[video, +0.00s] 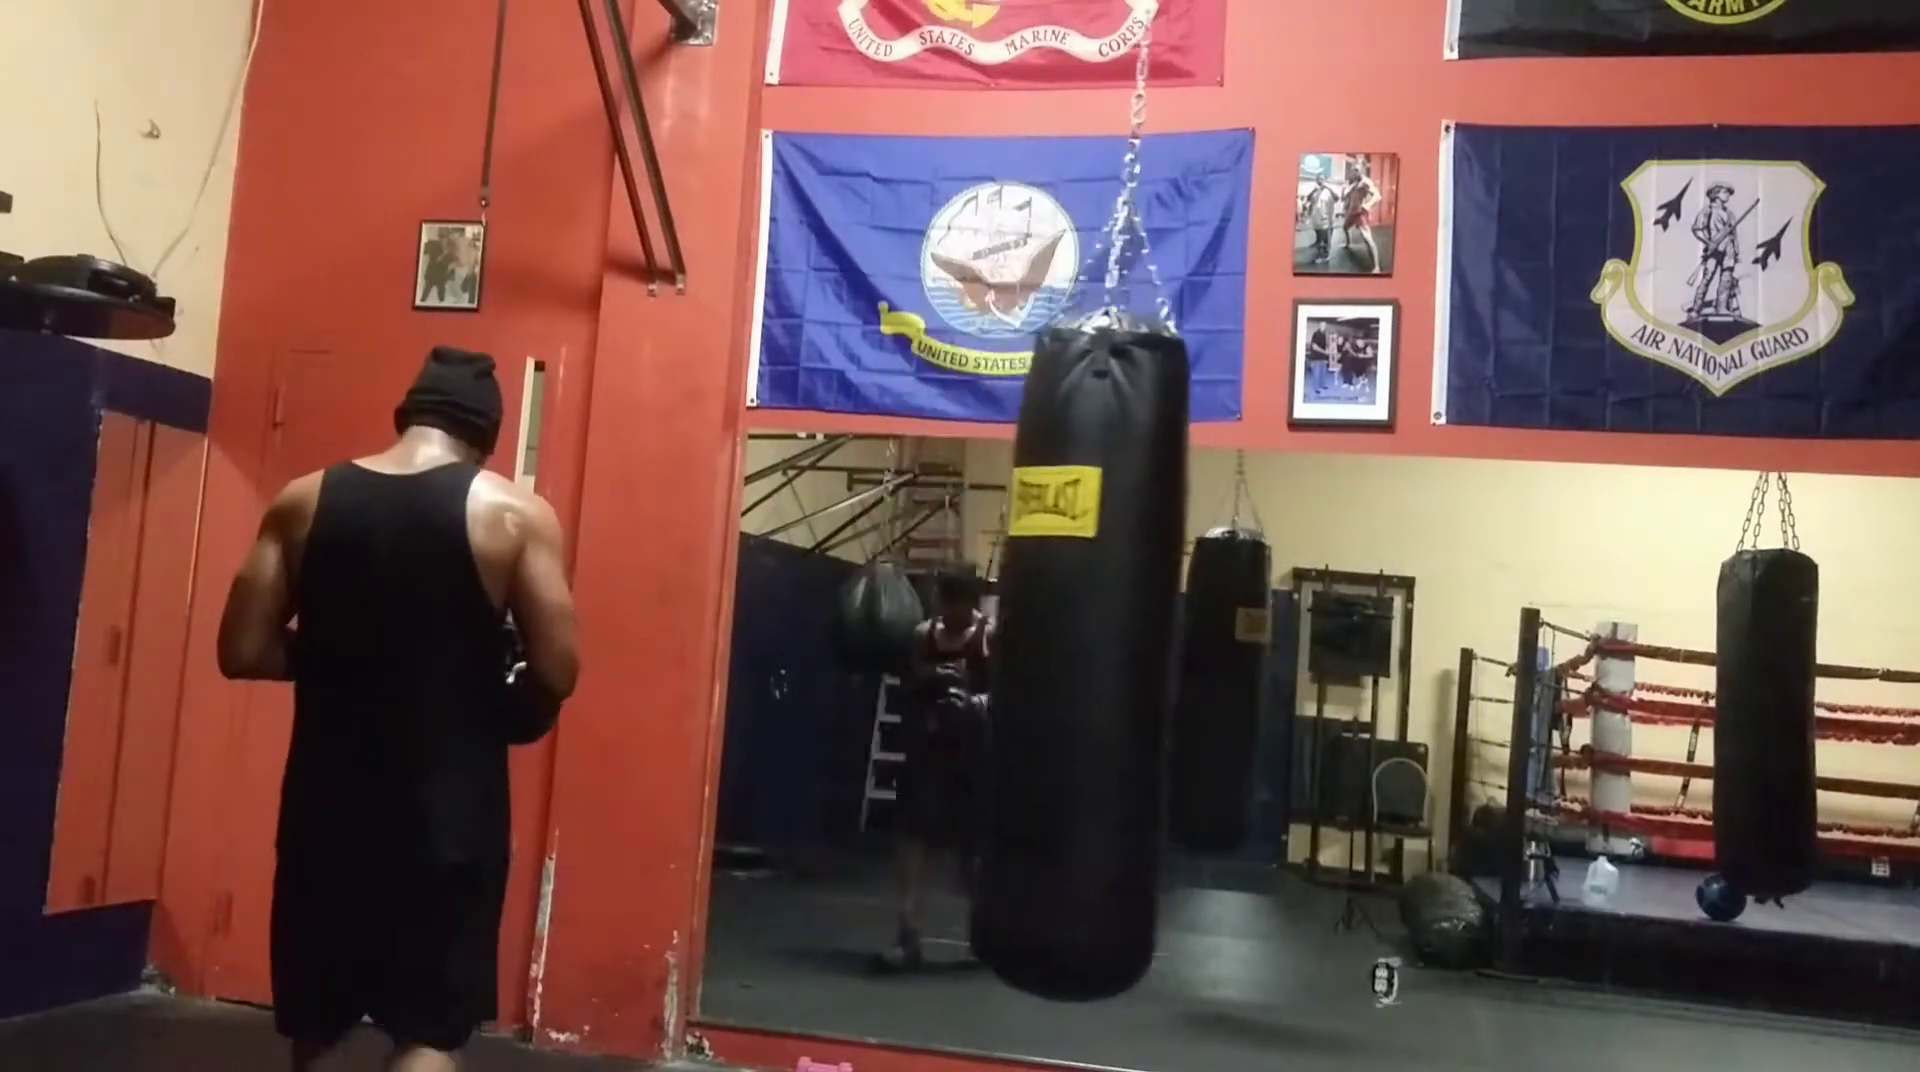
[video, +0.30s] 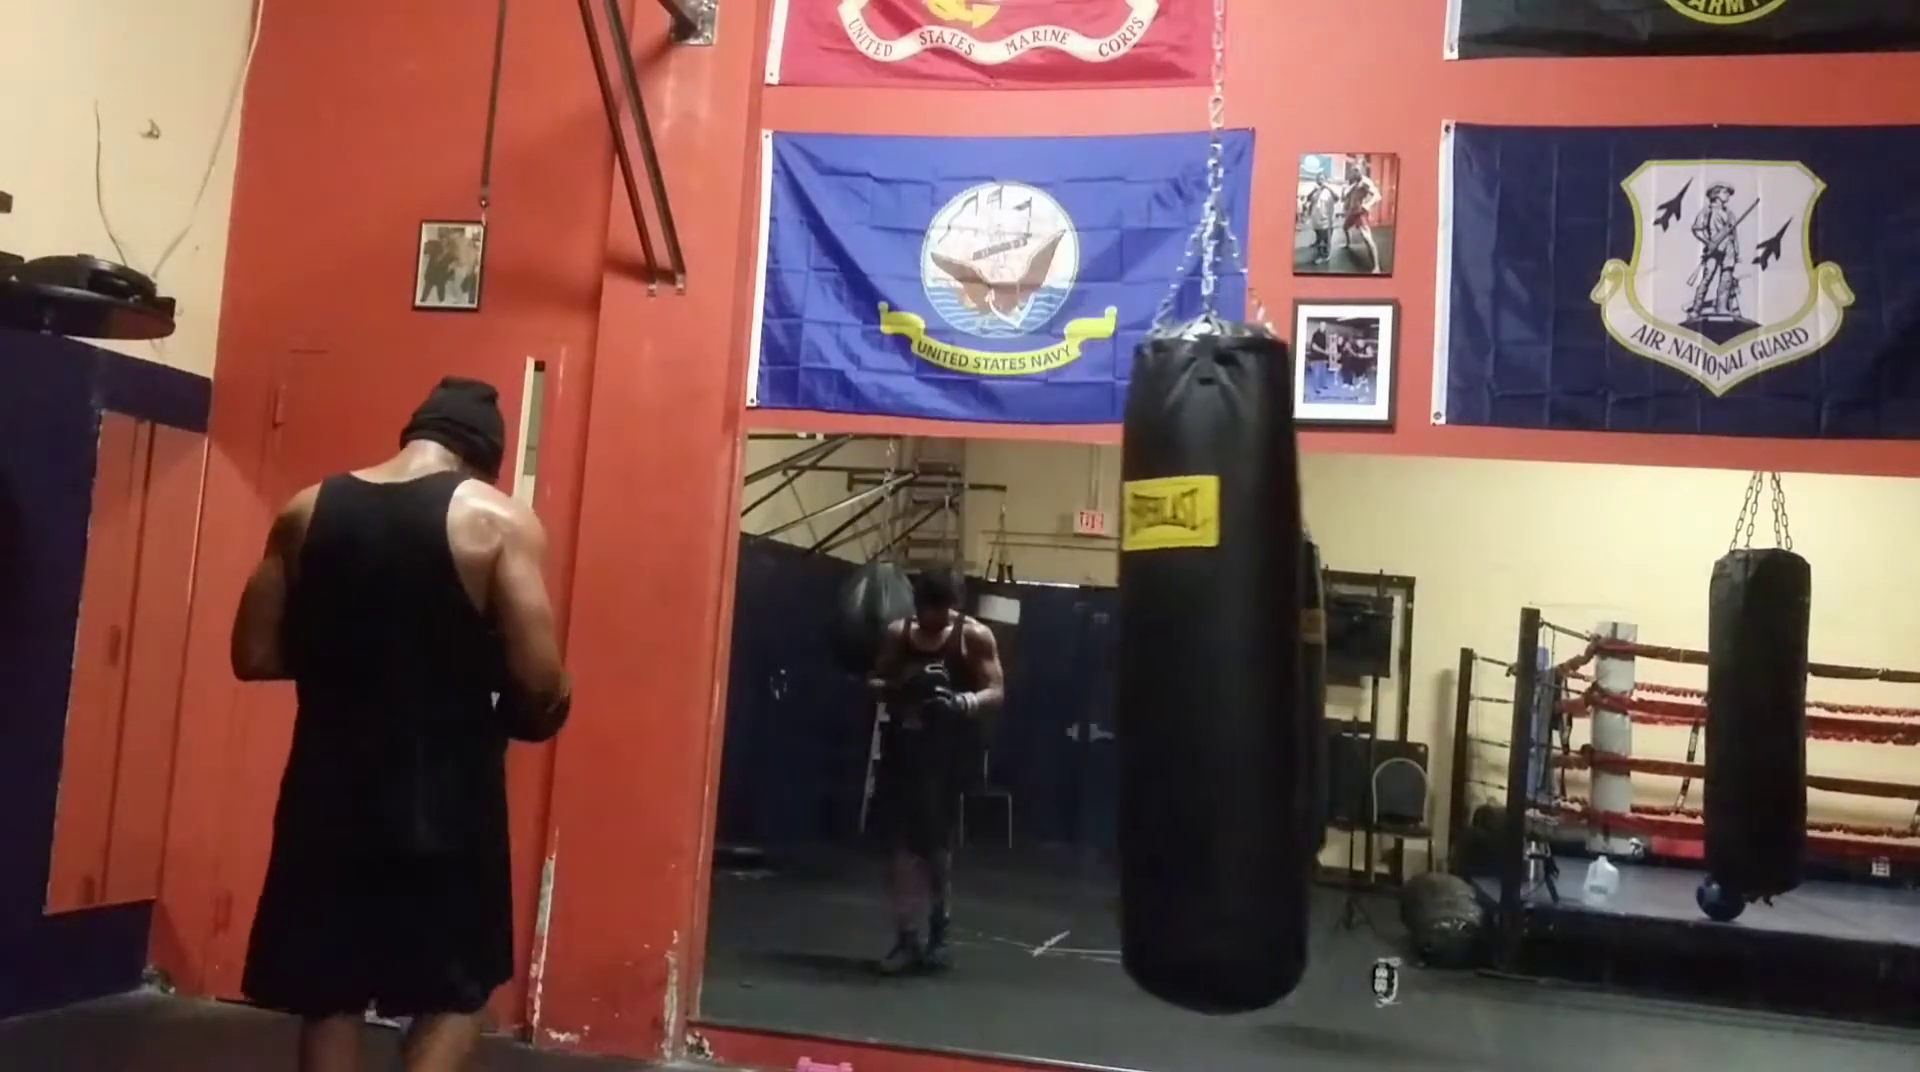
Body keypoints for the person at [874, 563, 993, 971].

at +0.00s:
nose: (955, 609)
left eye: (963, 601)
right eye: (949, 601)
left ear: (975, 603)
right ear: (939, 601)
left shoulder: (987, 637)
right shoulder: (924, 635)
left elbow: (993, 690)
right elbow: (911, 686)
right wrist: (936, 679)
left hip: (974, 749)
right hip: (926, 746)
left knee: (975, 844)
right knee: (913, 839)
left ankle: (983, 931)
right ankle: (908, 932)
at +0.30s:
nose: (932, 627)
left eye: (940, 620)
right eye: (926, 619)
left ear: (953, 611)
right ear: (915, 610)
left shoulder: (974, 636)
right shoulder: (898, 634)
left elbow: (995, 690)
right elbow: (876, 682)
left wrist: (964, 701)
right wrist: (904, 688)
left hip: (949, 755)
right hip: (903, 753)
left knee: (938, 845)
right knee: (899, 843)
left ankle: (939, 924)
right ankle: (907, 938)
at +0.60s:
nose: (922, 626)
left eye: (930, 619)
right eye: (916, 617)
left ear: (945, 610)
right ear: (907, 604)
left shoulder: (963, 632)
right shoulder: (885, 627)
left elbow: (984, 686)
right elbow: (860, 678)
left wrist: (960, 691)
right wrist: (900, 672)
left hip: (934, 744)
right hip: (889, 743)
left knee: (917, 839)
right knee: (890, 838)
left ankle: (902, 936)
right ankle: (902, 932)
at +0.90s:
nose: (919, 629)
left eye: (928, 622)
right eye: (913, 620)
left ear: (943, 612)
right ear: (903, 606)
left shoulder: (961, 637)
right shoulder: (882, 628)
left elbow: (981, 692)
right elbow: (855, 679)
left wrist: (953, 699)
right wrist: (894, 674)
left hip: (932, 750)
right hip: (885, 747)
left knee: (915, 844)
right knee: (875, 844)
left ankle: (895, 944)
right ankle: (902, 936)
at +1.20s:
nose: (919, 624)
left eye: (928, 617)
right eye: (913, 615)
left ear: (944, 606)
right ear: (904, 599)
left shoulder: (961, 631)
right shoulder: (879, 619)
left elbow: (978, 689)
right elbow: (854, 672)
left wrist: (953, 695)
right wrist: (886, 674)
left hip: (930, 746)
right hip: (881, 742)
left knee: (921, 842)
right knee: (873, 838)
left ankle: (900, 937)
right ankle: (900, 932)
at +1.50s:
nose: (926, 629)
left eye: (934, 623)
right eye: (920, 621)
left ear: (947, 613)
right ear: (908, 606)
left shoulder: (962, 640)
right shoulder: (879, 627)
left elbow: (978, 699)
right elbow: (851, 682)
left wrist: (954, 702)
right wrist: (890, 681)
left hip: (931, 759)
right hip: (879, 754)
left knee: (920, 858)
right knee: (861, 843)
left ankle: (887, 946)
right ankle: (882, 920)